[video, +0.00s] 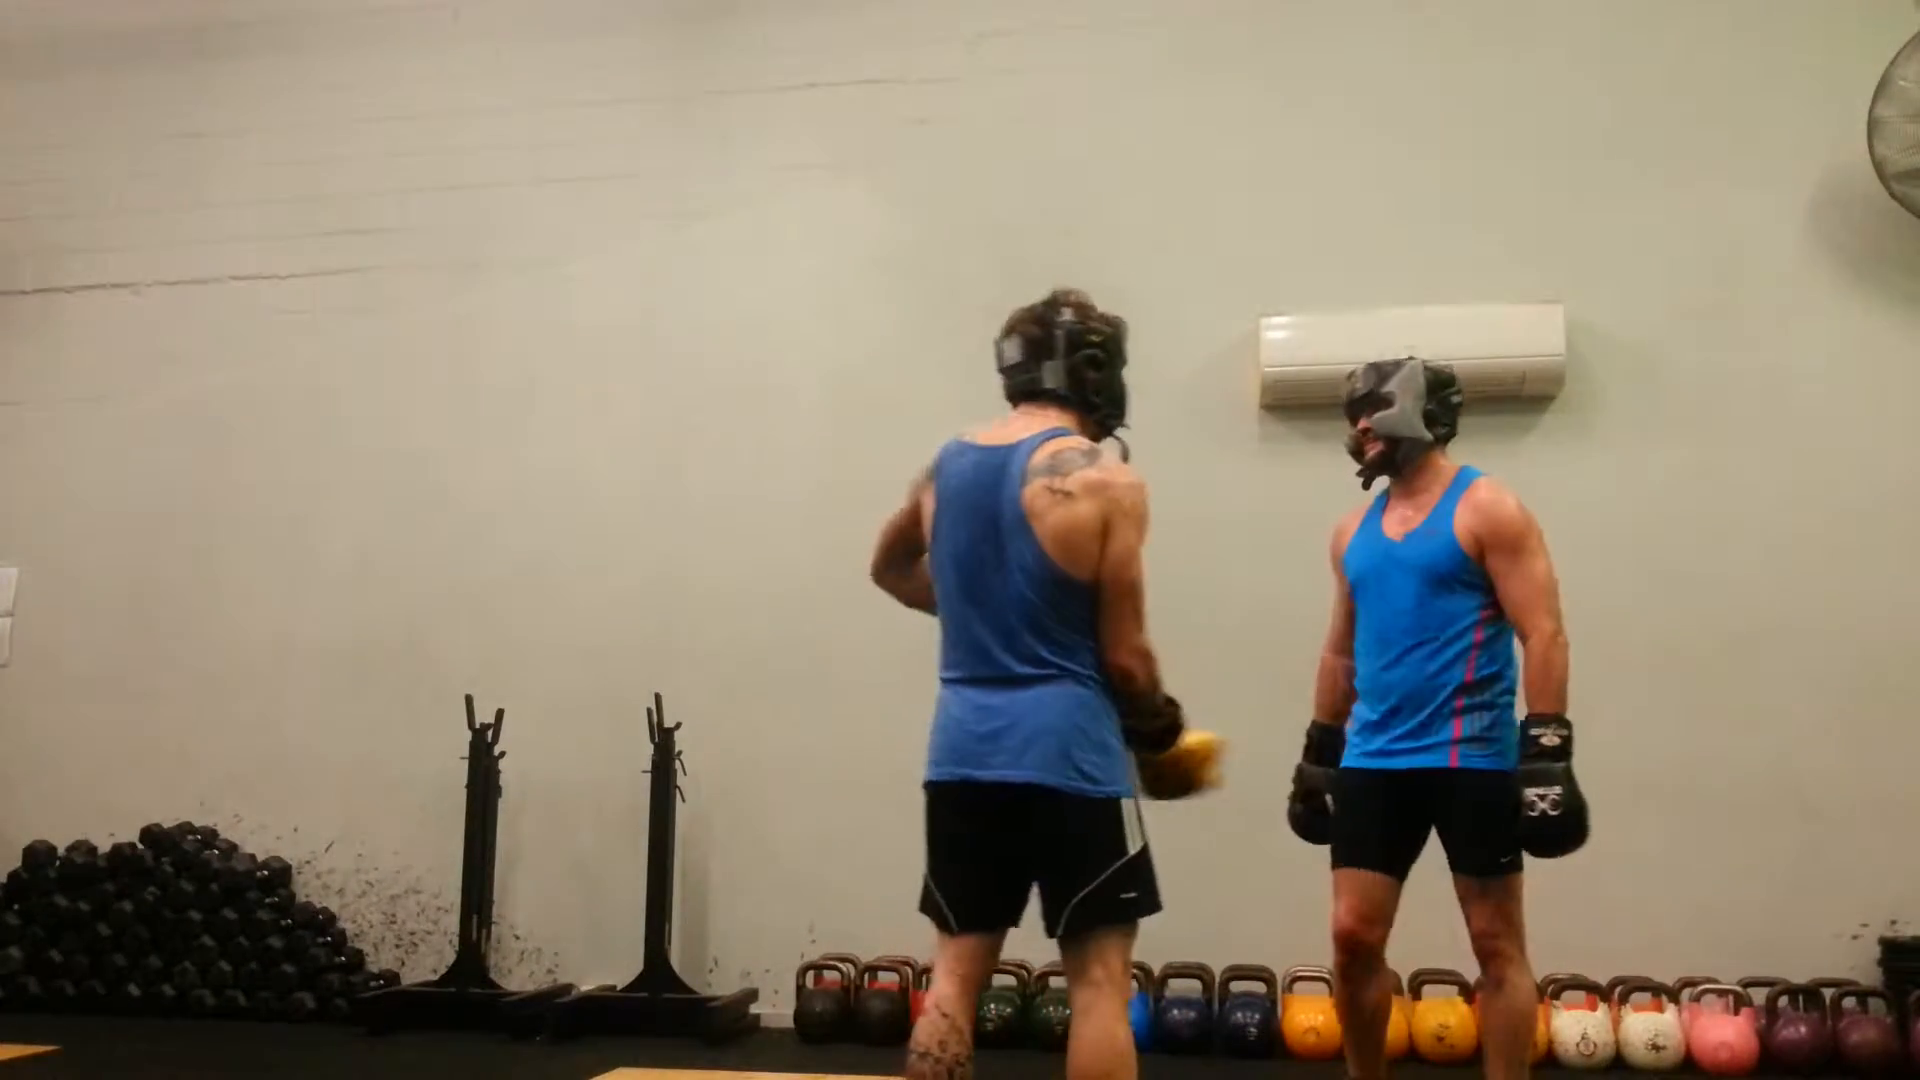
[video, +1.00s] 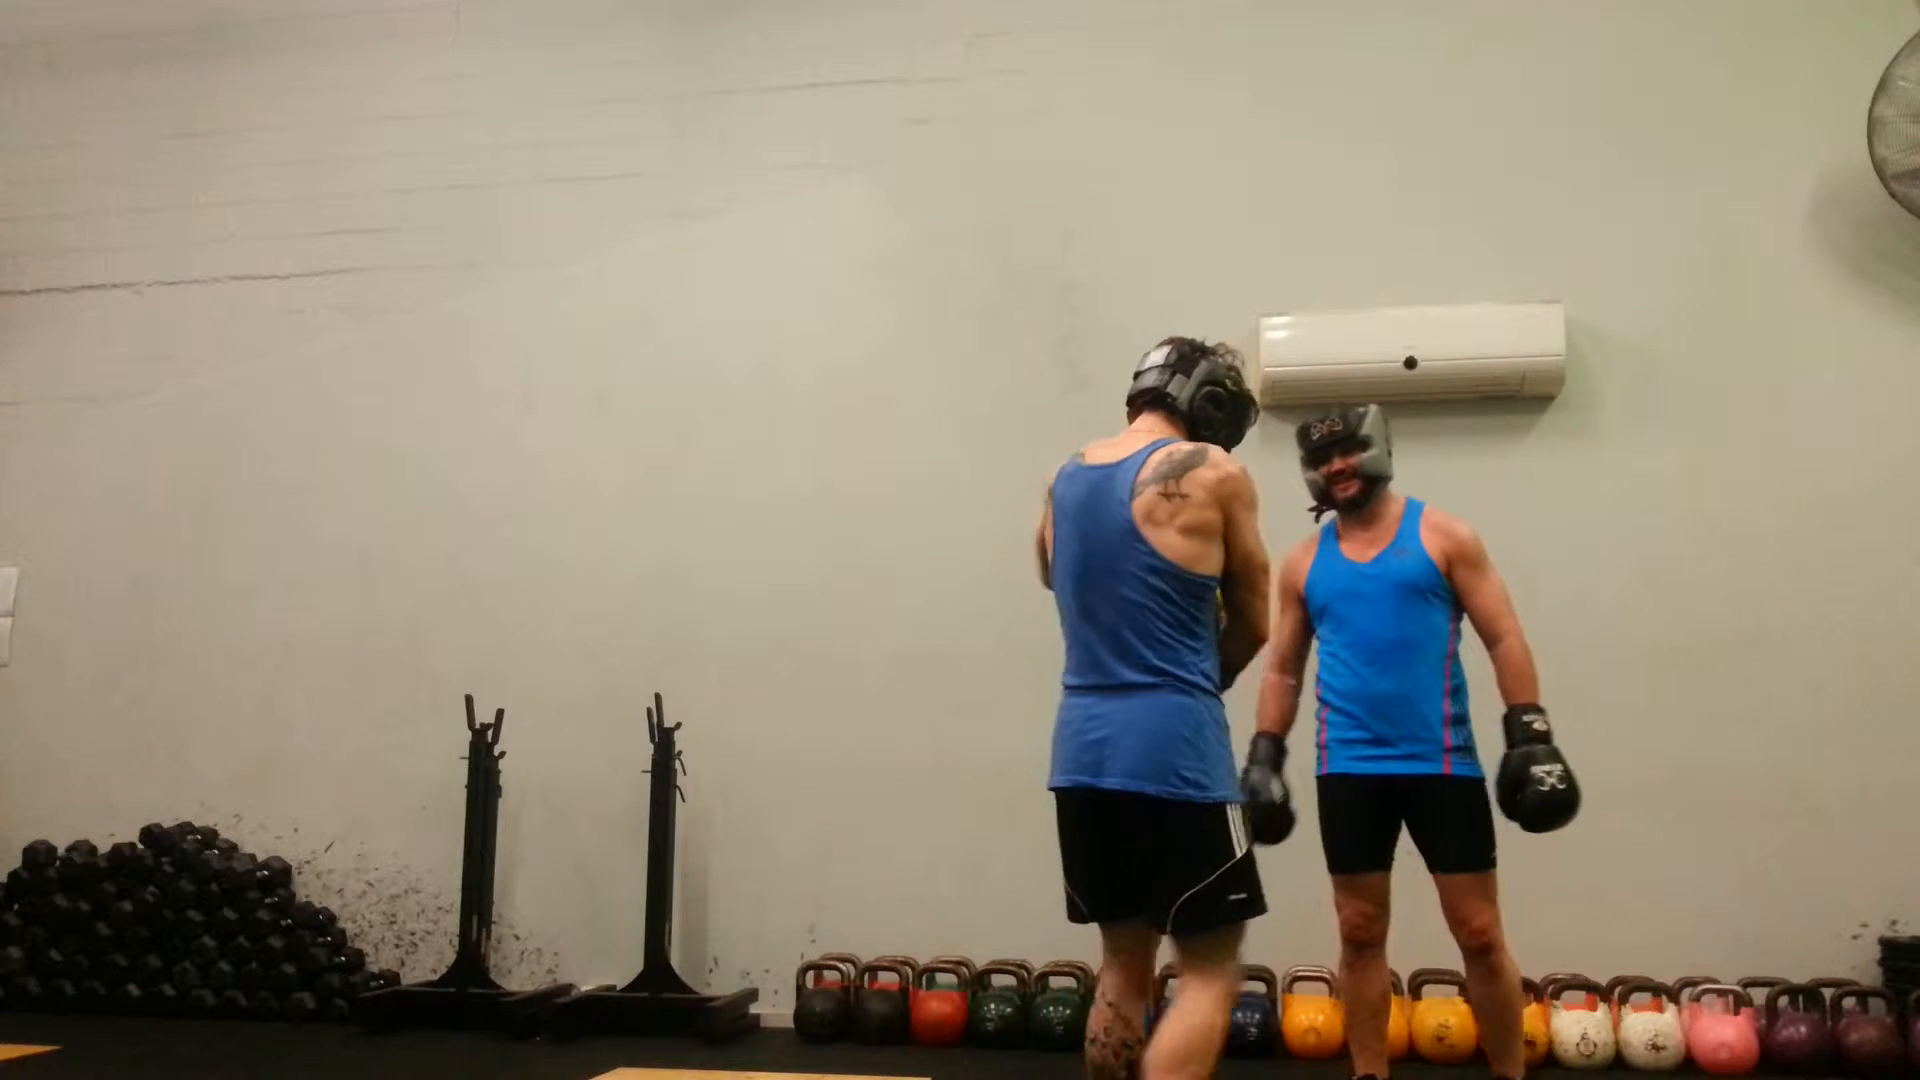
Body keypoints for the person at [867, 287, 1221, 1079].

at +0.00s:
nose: (1119, 376)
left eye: (1112, 361)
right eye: (1113, 363)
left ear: (1014, 372)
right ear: (1100, 373)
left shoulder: (952, 462)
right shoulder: (1111, 483)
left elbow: (891, 566)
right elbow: (1124, 657)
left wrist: (980, 608)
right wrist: (1161, 743)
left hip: (962, 758)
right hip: (1072, 764)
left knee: (955, 973)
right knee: (1100, 986)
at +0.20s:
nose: (1162, 372)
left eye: (1157, 358)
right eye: (1156, 359)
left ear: (1058, 370)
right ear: (1140, 370)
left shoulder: (998, 462)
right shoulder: (1157, 483)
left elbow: (924, 563)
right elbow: (1172, 656)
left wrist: (1011, 610)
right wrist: (1204, 734)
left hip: (1004, 760)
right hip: (1110, 765)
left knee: (987, 973)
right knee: (1118, 984)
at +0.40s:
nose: (1200, 395)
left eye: (1200, 383)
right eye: (1197, 381)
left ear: (1102, 378)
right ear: (1181, 379)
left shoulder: (1033, 455)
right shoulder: (1200, 484)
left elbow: (957, 540)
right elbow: (1219, 651)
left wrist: (1042, 578)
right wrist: (1220, 741)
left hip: (1041, 755)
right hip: (1146, 760)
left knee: (1029, 949)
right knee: (1137, 980)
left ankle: (980, 1078)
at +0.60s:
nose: (1223, 408)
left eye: (1225, 397)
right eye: (1224, 395)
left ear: (1130, 382)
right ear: (1207, 387)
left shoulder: (1057, 451)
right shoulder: (1221, 486)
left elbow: (986, 535)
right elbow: (1247, 649)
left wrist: (1073, 564)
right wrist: (1220, 727)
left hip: (1054, 751)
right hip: (1157, 758)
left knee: (1075, 952)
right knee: (1143, 979)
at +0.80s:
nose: (1236, 417)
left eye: (1238, 405)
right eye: (1235, 403)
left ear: (1142, 392)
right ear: (1216, 398)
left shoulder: (1070, 460)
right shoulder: (1226, 487)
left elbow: (1012, 540)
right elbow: (1259, 642)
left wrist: (1098, 574)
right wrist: (1207, 708)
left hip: (1069, 759)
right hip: (1165, 763)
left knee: (1107, 981)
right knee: (1149, 987)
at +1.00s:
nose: (1227, 437)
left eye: (1229, 425)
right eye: (1226, 422)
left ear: (1138, 398)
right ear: (1205, 404)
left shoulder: (1069, 472)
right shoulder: (1216, 471)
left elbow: (1055, 573)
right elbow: (1253, 622)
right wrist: (1186, 687)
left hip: (1082, 762)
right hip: (1177, 765)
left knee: (1122, 962)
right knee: (1209, 972)